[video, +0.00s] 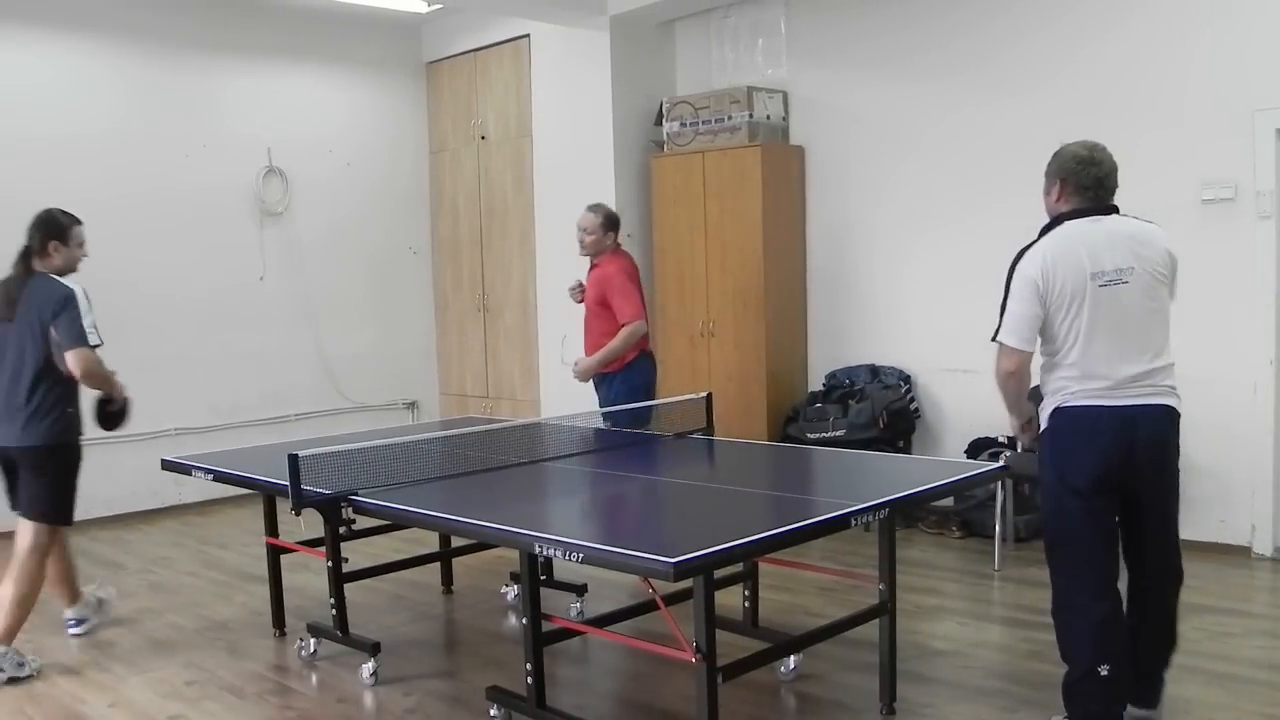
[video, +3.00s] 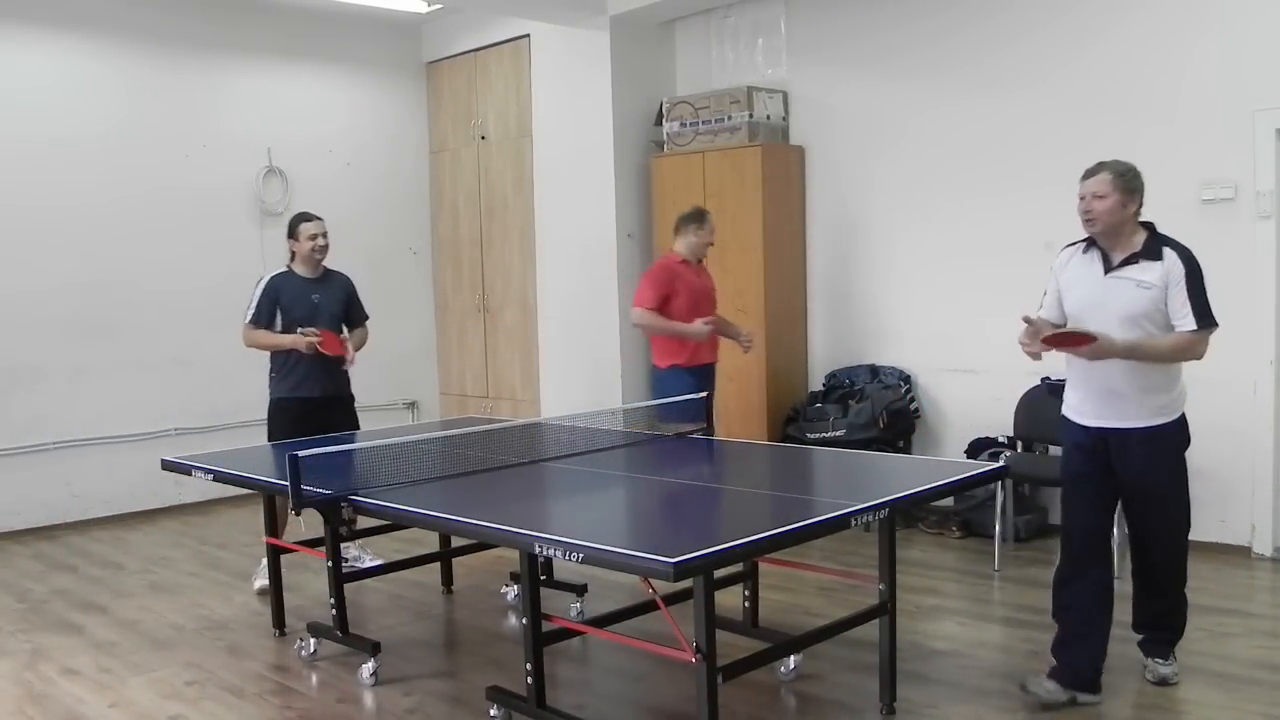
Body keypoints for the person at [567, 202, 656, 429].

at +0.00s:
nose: (580, 238)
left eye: (587, 232)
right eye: (579, 231)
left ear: (609, 237)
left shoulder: (616, 268)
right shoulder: (602, 262)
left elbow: (636, 325)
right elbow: (613, 297)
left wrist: (594, 363)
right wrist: (586, 294)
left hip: (627, 371)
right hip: (613, 371)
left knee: (627, 450)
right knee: (622, 449)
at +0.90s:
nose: (573, 236)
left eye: (581, 230)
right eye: (569, 229)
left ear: (599, 233)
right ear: (564, 230)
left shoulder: (615, 272)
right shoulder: (563, 263)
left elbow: (640, 319)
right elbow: (565, 294)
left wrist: (614, 360)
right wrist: (547, 308)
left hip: (608, 378)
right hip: (571, 376)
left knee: (609, 446)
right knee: (576, 446)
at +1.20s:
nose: (572, 232)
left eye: (579, 226)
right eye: (565, 225)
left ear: (589, 231)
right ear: (555, 230)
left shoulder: (609, 268)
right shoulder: (538, 270)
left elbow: (631, 307)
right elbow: (521, 307)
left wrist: (627, 344)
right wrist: (522, 320)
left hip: (600, 376)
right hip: (554, 377)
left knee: (611, 446)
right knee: (556, 446)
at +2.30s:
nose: (600, 229)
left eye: (600, 224)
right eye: (593, 223)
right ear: (572, 229)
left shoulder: (612, 264)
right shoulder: (552, 274)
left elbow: (626, 302)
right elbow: (532, 322)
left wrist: (642, 320)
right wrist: (572, 324)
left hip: (623, 366)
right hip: (581, 371)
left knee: (641, 434)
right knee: (578, 443)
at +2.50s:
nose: (637, 235)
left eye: (638, 229)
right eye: (632, 228)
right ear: (609, 231)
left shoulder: (644, 270)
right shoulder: (587, 273)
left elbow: (657, 310)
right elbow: (563, 319)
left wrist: (669, 329)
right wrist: (603, 326)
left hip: (650, 368)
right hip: (608, 372)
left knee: (659, 443)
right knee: (603, 445)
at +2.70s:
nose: (674, 240)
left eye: (675, 234)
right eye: (670, 233)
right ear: (650, 232)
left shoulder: (675, 272)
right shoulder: (620, 271)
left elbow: (688, 314)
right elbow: (596, 318)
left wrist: (700, 330)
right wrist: (638, 327)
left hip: (677, 366)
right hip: (640, 369)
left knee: (680, 444)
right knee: (642, 444)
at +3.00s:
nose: (712, 242)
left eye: (713, 235)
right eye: (709, 233)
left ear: (695, 233)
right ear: (692, 232)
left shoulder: (701, 271)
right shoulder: (663, 270)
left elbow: (705, 315)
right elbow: (639, 315)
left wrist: (735, 333)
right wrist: (689, 329)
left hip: (702, 370)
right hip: (675, 373)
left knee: (702, 443)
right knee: (683, 445)